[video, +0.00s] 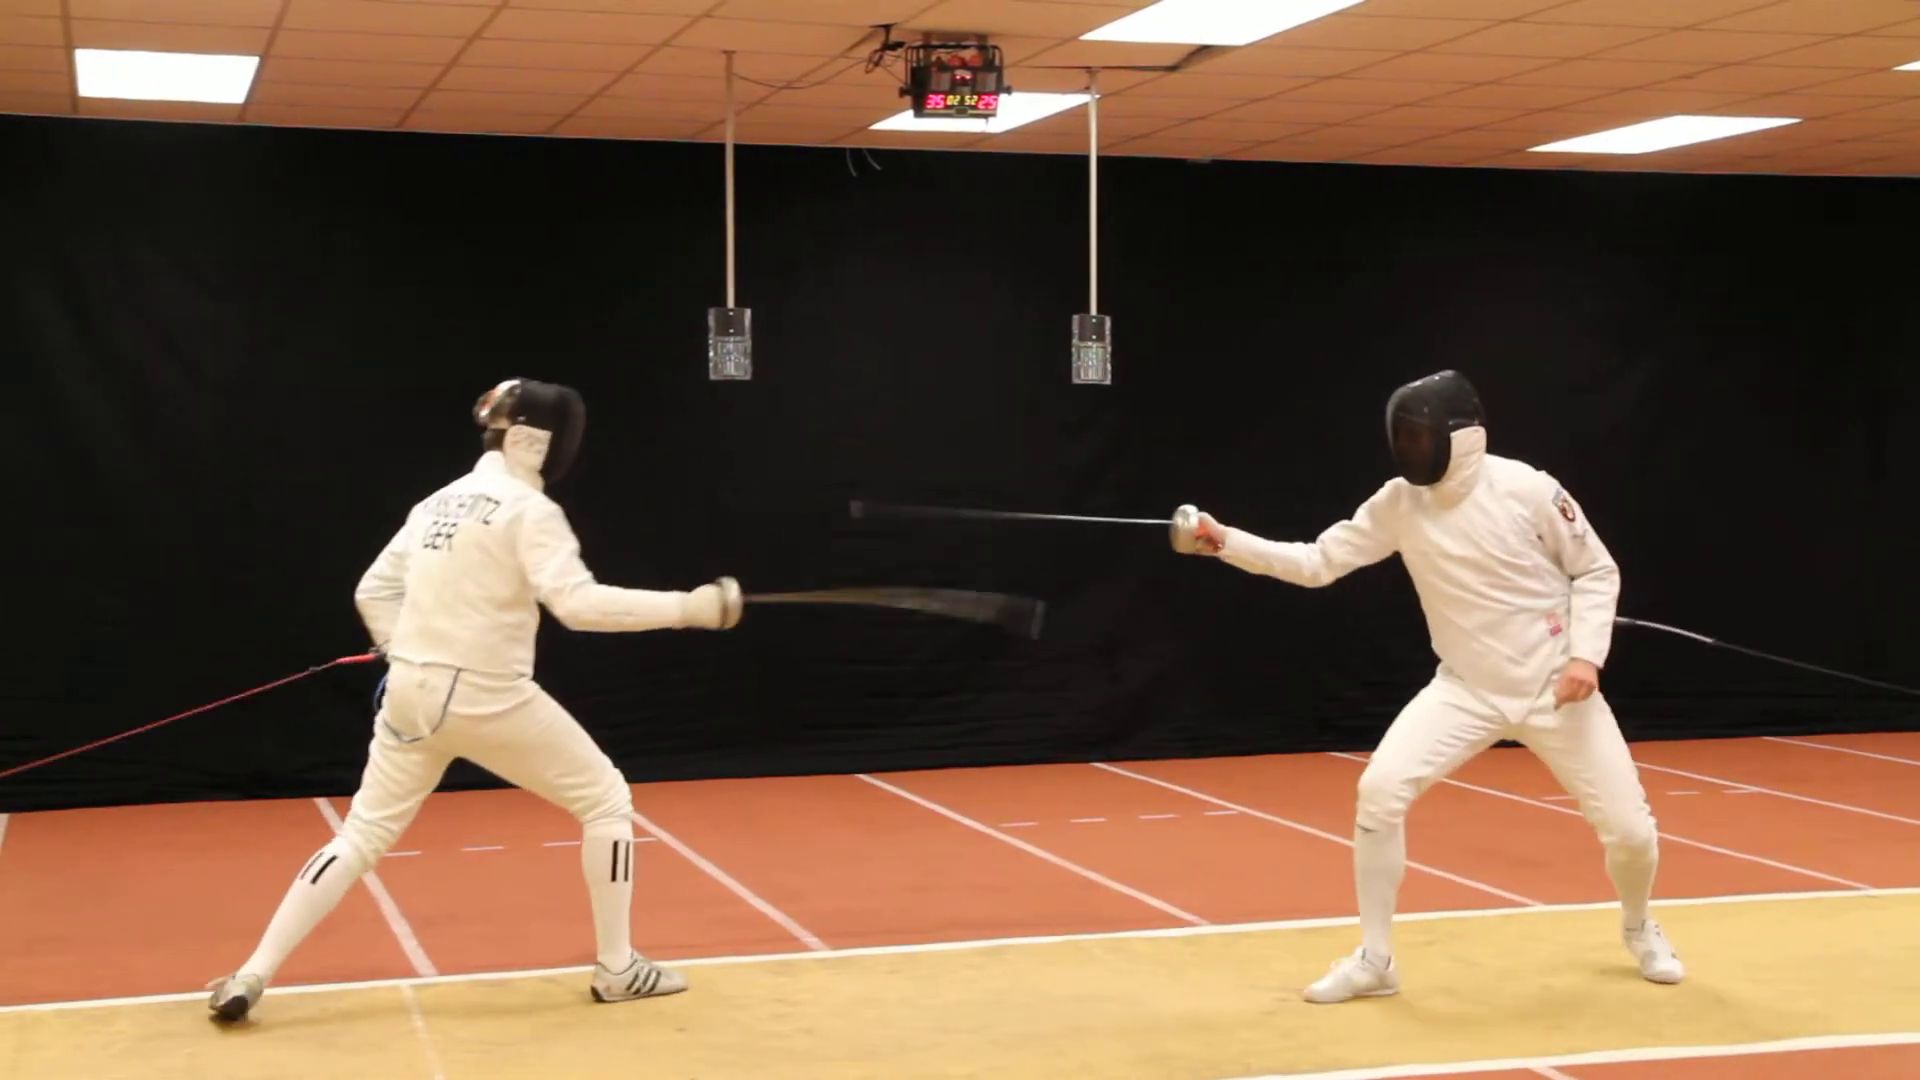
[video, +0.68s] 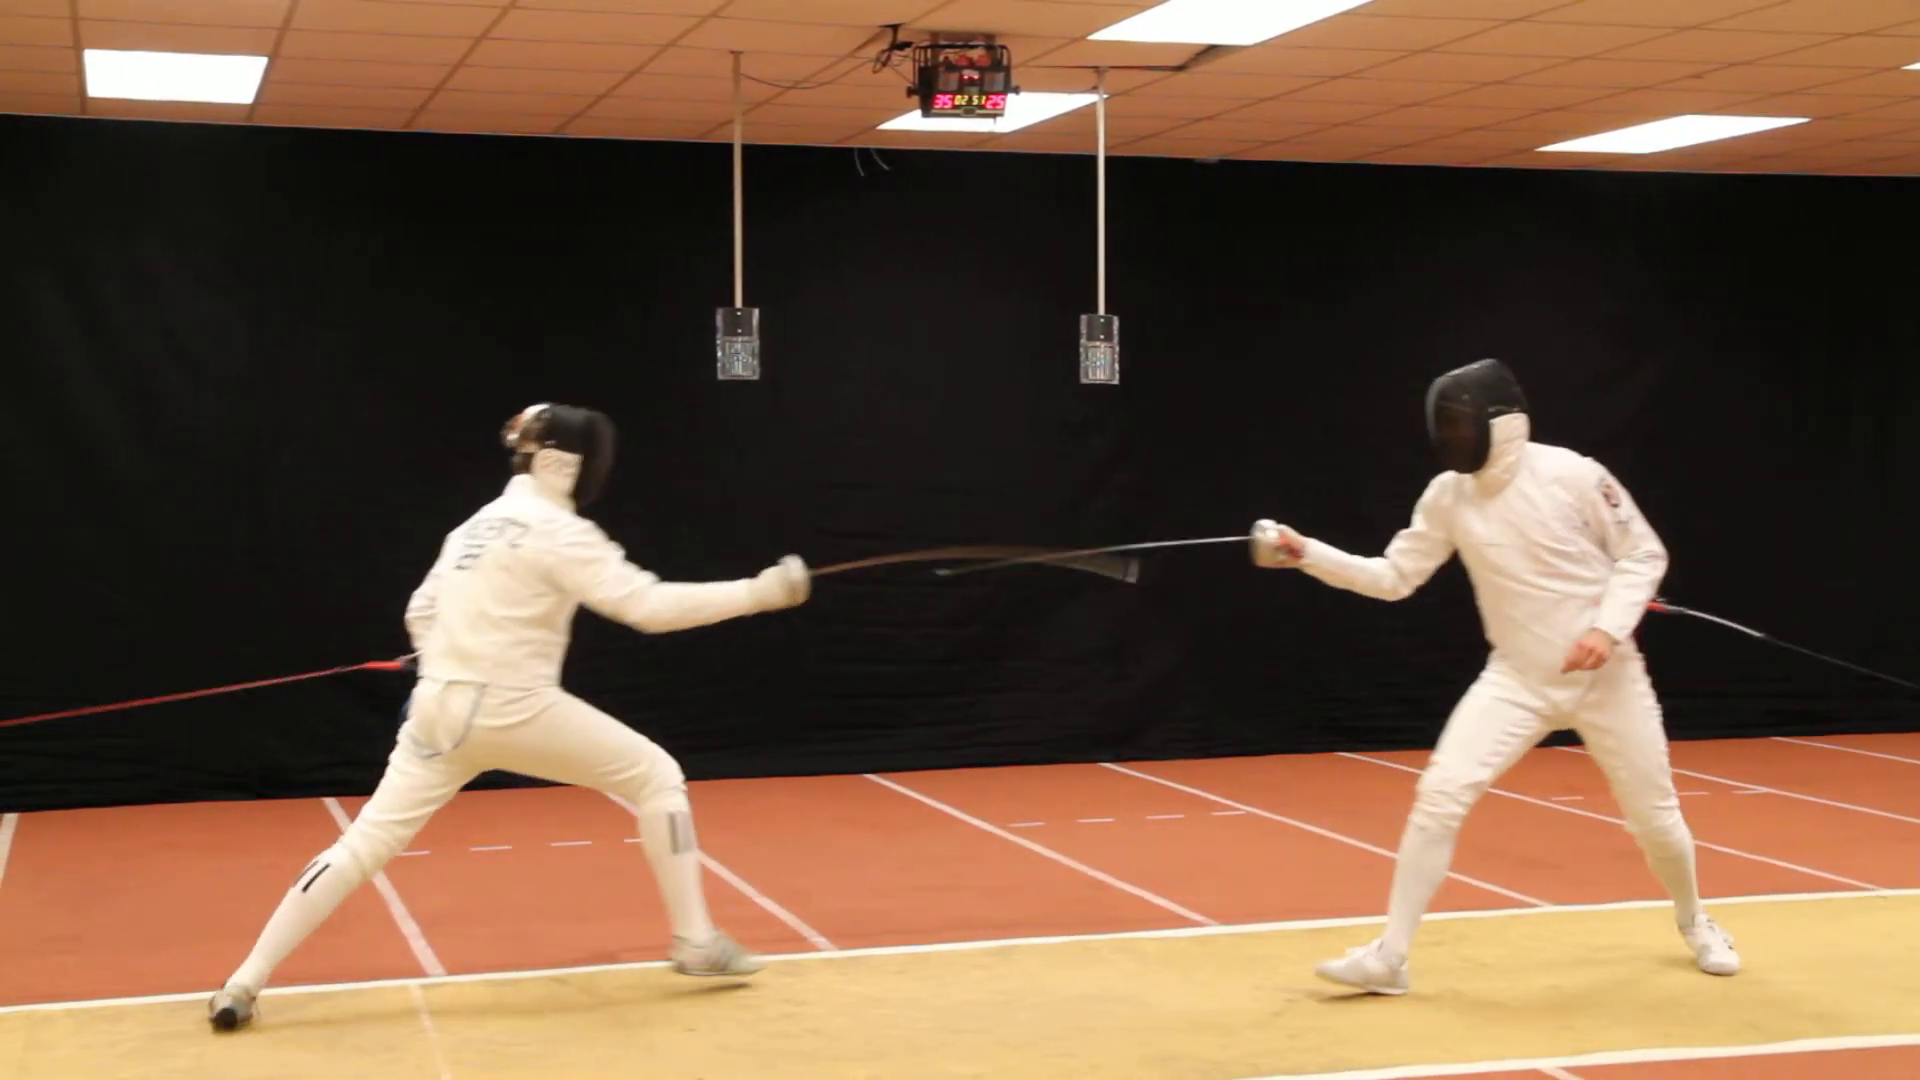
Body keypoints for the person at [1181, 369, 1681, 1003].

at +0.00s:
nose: (1408, 451)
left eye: (1420, 436)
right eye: (1403, 437)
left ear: (1463, 435)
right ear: (1402, 441)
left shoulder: (1529, 492)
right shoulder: (1398, 506)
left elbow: (1596, 572)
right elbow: (1316, 563)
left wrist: (1586, 657)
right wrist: (1222, 540)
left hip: (1555, 690)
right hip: (1462, 692)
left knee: (1634, 835)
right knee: (1379, 794)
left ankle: (1639, 928)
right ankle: (1374, 959)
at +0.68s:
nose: (1444, 435)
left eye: (1456, 420)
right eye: (1441, 422)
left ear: (1499, 419)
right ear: (1442, 426)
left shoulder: (1573, 476)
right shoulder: (1448, 497)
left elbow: (1644, 556)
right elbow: (1394, 577)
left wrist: (1606, 629)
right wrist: (1303, 552)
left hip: (1608, 677)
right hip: (1515, 679)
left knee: (1660, 825)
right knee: (1438, 798)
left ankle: (1694, 922)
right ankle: (1390, 954)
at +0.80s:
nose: (1480, 431)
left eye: (1494, 417)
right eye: (1478, 418)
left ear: (1539, 417)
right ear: (1484, 421)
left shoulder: (1610, 475)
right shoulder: (1485, 493)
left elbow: (1685, 550)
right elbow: (1426, 570)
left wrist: (1645, 626)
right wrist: (1337, 548)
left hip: (1641, 676)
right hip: (1551, 674)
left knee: (1676, 823)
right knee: (1474, 783)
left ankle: (1698, 929)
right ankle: (1466, 949)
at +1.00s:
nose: (1522, 436)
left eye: (1535, 422)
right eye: (1518, 423)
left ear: (1579, 423)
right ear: (1518, 429)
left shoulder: (1645, 482)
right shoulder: (1516, 493)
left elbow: (1717, 560)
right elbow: (1437, 546)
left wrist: (1696, 634)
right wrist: (1340, 536)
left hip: (1675, 680)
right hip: (1581, 681)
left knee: (1761, 812)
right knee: (1502, 787)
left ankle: (1741, 900)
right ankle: (1496, 948)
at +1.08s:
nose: (1551, 435)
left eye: (1564, 421)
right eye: (1546, 422)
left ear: (1605, 422)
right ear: (1545, 426)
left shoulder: (1672, 483)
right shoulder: (1544, 494)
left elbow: (1741, 561)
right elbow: (1472, 559)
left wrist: (1720, 635)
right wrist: (1375, 545)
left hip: (1699, 681)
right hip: (1604, 681)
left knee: (1781, 819)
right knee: (1522, 787)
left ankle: (1814, 904)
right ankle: (1496, 946)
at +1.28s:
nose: (1617, 433)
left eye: (1630, 420)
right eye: (1614, 421)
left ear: (1675, 421)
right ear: (1618, 423)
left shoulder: (1743, 477)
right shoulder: (1619, 493)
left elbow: (1816, 555)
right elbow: (1559, 569)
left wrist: (1774, 626)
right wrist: (1468, 553)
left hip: (1772, 673)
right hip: (1682, 674)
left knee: (1811, 822)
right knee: (1596, 782)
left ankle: (1837, 921)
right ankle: (1553, 937)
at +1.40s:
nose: (1649, 428)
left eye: (1661, 415)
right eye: (1645, 416)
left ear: (1702, 415)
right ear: (1644, 419)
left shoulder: (1763, 475)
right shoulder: (1639, 490)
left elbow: (1838, 550)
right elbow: (1576, 564)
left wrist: (1799, 624)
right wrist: (1488, 546)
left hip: (1784, 674)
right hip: (1696, 672)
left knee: (1816, 823)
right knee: (1619, 782)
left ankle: (1838, 923)